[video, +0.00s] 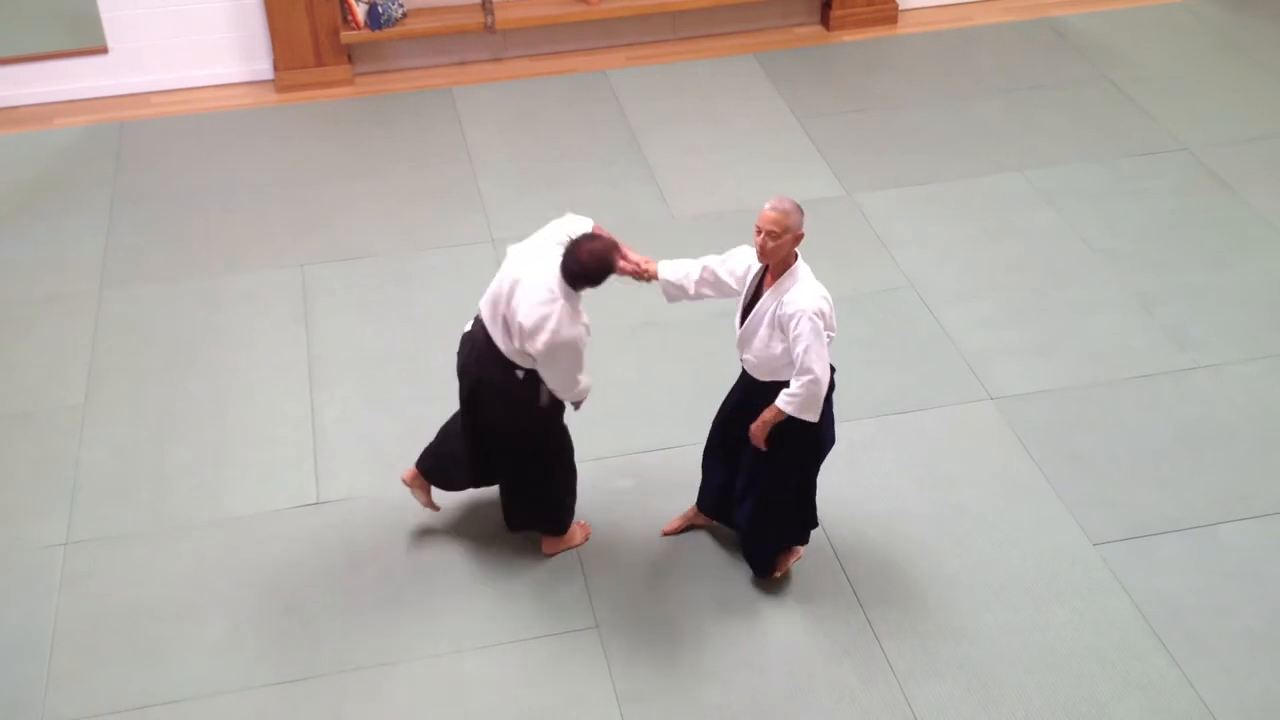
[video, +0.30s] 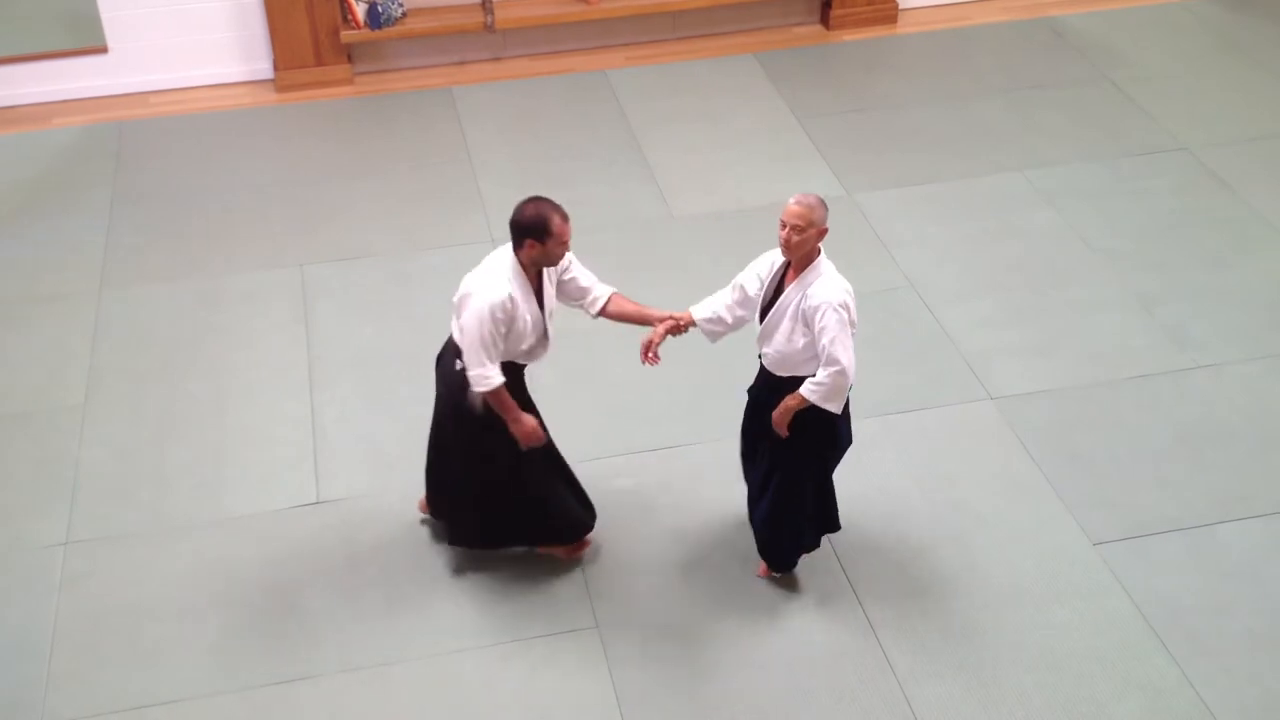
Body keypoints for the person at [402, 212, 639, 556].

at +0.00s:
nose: (602, 232)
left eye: (601, 237)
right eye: (608, 242)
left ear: (583, 240)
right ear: (599, 281)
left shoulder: (559, 233)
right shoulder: (561, 329)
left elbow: (590, 226)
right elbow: (566, 385)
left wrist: (623, 256)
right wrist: (581, 393)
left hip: (477, 340)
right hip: (510, 379)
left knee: (477, 420)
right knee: (552, 453)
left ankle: (422, 473)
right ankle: (556, 534)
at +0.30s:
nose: (567, 247)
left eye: (567, 239)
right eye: (561, 241)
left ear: (534, 245)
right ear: (531, 247)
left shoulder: (551, 261)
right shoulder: (489, 294)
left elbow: (600, 299)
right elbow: (481, 371)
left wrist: (659, 318)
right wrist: (516, 418)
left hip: (503, 369)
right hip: (472, 380)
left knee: (466, 449)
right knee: (530, 455)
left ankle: (442, 500)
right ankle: (551, 535)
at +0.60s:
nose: (576, 241)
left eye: (577, 233)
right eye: (569, 235)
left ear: (546, 235)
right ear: (537, 236)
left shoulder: (574, 265)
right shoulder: (487, 279)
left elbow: (623, 308)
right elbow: (448, 341)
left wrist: (684, 321)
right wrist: (443, 401)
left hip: (536, 375)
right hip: (487, 380)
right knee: (483, 460)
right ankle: (474, 534)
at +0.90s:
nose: (608, 239)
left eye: (609, 230)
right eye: (601, 232)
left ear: (573, 235)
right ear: (569, 236)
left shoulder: (605, 256)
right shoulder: (523, 272)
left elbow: (633, 303)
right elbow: (490, 335)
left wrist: (668, 344)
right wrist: (498, 391)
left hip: (581, 362)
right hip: (532, 369)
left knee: (602, 425)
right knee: (517, 446)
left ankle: (615, 481)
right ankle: (496, 518)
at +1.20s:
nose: (609, 234)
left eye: (608, 227)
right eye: (602, 231)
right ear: (571, 239)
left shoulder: (604, 246)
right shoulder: (529, 276)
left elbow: (617, 293)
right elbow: (508, 338)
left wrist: (621, 343)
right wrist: (551, 375)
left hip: (583, 355)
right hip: (534, 365)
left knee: (603, 424)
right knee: (521, 445)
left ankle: (606, 486)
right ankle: (498, 525)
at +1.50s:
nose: (584, 239)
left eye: (582, 233)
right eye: (576, 237)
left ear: (551, 245)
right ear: (548, 249)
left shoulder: (578, 245)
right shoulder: (513, 283)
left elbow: (589, 288)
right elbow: (490, 342)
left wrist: (601, 335)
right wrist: (542, 370)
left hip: (563, 365)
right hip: (515, 379)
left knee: (587, 431)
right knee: (510, 456)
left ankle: (606, 487)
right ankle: (497, 530)